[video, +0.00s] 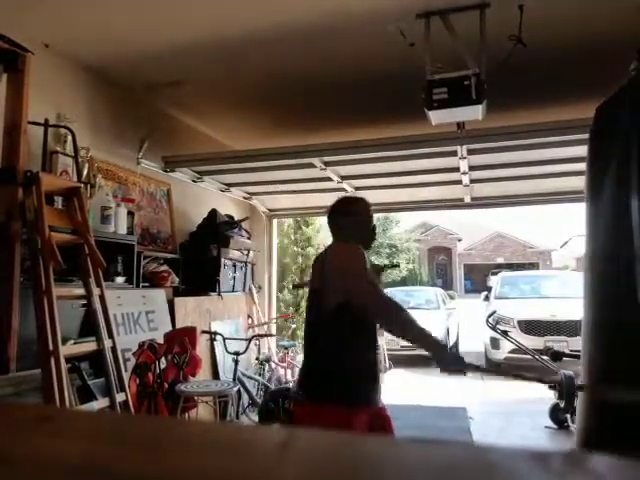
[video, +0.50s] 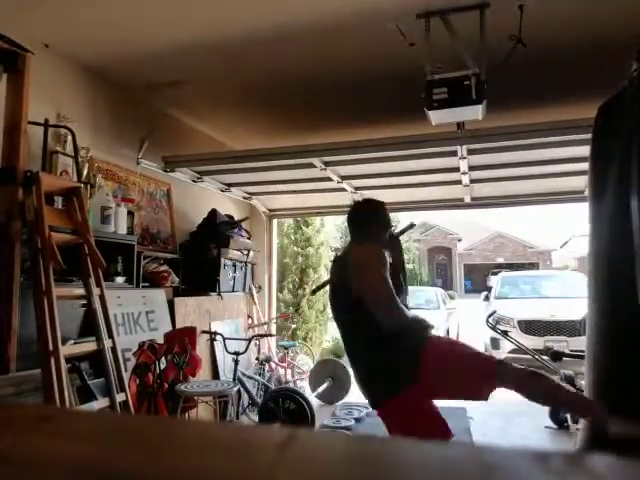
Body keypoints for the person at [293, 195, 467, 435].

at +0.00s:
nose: (375, 227)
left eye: (372, 219)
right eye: (368, 220)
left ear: (340, 225)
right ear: (350, 223)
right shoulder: (345, 258)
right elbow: (386, 312)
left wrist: (371, 278)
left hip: (362, 397)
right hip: (336, 400)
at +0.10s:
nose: (382, 224)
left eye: (380, 217)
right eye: (376, 217)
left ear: (345, 225)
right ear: (363, 222)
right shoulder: (356, 256)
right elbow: (386, 322)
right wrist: (430, 367)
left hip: (375, 392)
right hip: (351, 394)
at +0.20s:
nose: (386, 223)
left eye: (385, 216)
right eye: (381, 217)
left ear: (350, 223)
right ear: (366, 221)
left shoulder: (343, 256)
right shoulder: (363, 255)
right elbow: (384, 317)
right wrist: (418, 350)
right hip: (374, 382)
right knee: (417, 458)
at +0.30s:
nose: (387, 227)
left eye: (386, 220)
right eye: (384, 220)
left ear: (349, 224)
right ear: (373, 223)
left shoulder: (345, 256)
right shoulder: (363, 255)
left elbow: (404, 282)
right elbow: (387, 310)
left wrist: (389, 237)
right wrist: (416, 333)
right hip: (379, 365)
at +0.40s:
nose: (389, 229)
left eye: (387, 223)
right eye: (386, 223)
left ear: (350, 225)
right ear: (376, 224)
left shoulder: (342, 262)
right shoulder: (363, 254)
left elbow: (404, 291)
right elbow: (392, 313)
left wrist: (395, 243)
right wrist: (426, 329)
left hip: (374, 369)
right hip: (402, 352)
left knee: (421, 450)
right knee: (495, 373)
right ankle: (474, 418)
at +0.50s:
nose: (389, 230)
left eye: (387, 225)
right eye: (387, 224)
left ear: (353, 226)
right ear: (380, 224)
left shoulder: (342, 265)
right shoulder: (367, 254)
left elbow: (393, 303)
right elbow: (390, 316)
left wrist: (395, 261)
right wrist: (420, 325)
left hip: (379, 380)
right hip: (409, 355)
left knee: (437, 458)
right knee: (505, 374)